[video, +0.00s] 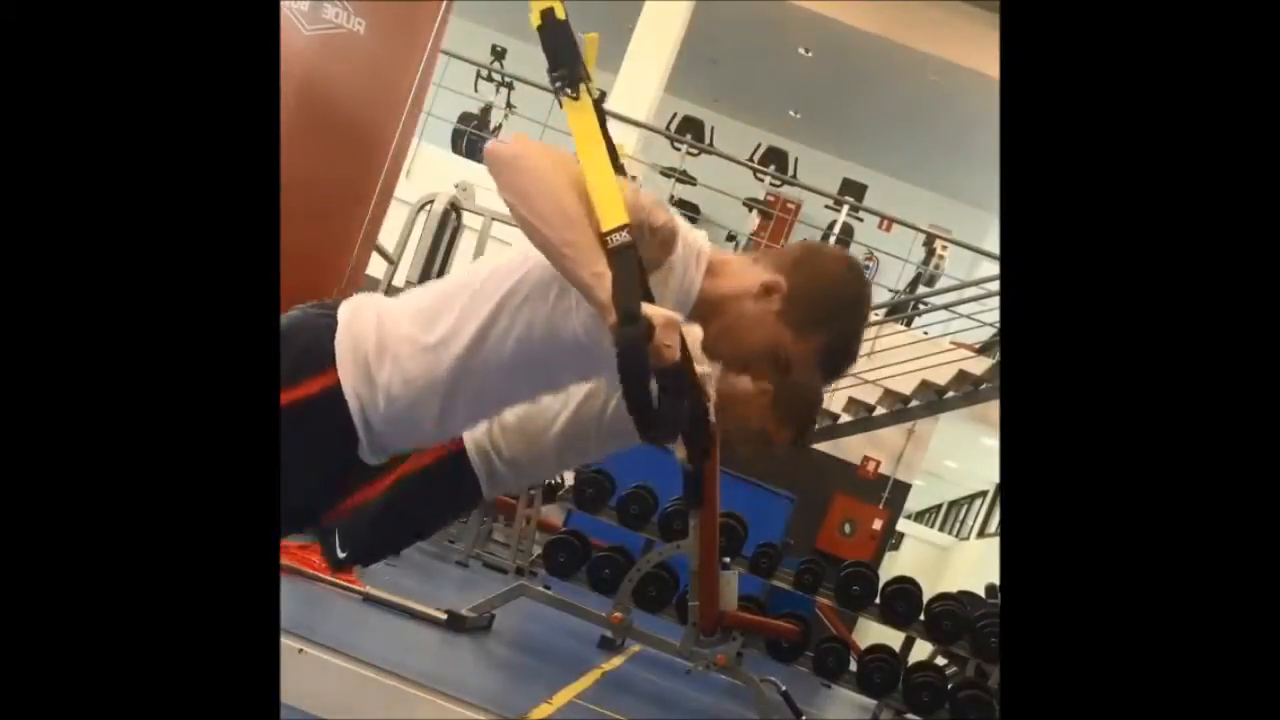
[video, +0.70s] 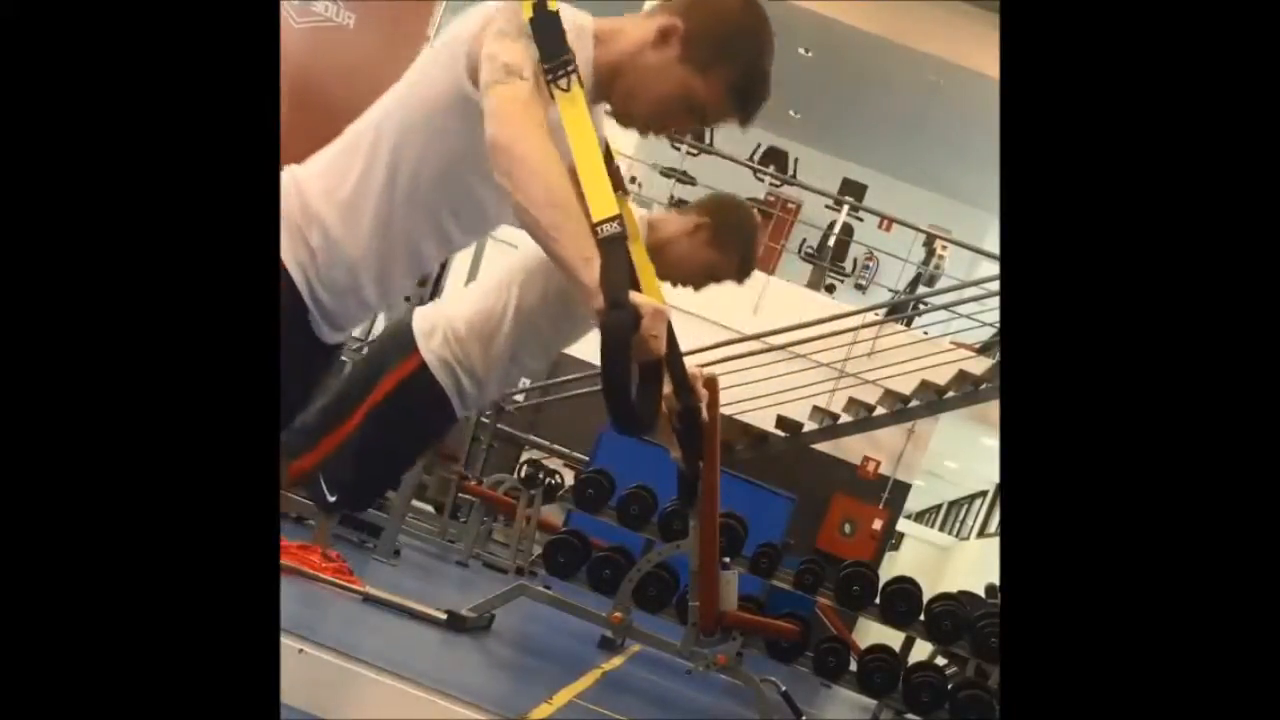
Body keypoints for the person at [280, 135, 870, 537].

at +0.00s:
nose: (757, 375)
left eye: (776, 376)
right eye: (776, 362)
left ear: (768, 291)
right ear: (770, 294)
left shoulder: (681, 336)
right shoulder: (664, 244)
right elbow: (515, 157)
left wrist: (666, 405)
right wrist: (629, 311)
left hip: (364, 440)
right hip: (329, 384)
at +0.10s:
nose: (745, 333)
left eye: (767, 330)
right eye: (766, 316)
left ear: (760, 248)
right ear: (758, 248)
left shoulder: (659, 288)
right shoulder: (642, 195)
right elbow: (506, 152)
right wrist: (615, 308)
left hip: (364, 422)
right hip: (325, 361)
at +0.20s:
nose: (738, 295)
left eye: (758, 292)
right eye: (756, 280)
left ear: (745, 205)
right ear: (747, 208)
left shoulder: (654, 250)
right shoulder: (630, 158)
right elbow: (503, 145)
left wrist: (659, 401)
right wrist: (615, 302)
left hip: (362, 404)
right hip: (318, 340)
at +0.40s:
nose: (716, 235)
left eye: (735, 231)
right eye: (732, 213)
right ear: (716, 141)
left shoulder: (624, 209)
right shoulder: (605, 107)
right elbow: (501, 134)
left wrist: (663, 383)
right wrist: (596, 287)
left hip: (352, 365)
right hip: (305, 303)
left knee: (287, 482)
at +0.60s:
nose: (695, 173)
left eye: (713, 165)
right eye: (708, 151)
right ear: (687, 75)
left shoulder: (600, 152)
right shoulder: (556, 47)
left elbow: (621, 256)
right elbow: (507, 148)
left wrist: (667, 367)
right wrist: (607, 292)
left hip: (335, 336)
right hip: (291, 275)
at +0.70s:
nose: (683, 135)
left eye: (700, 129)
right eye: (694, 111)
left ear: (662, 36)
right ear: (666, 35)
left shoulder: (583, 129)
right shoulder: (529, 22)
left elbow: (615, 248)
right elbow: (513, 144)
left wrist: (666, 366)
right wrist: (607, 292)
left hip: (328, 326)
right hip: (288, 264)